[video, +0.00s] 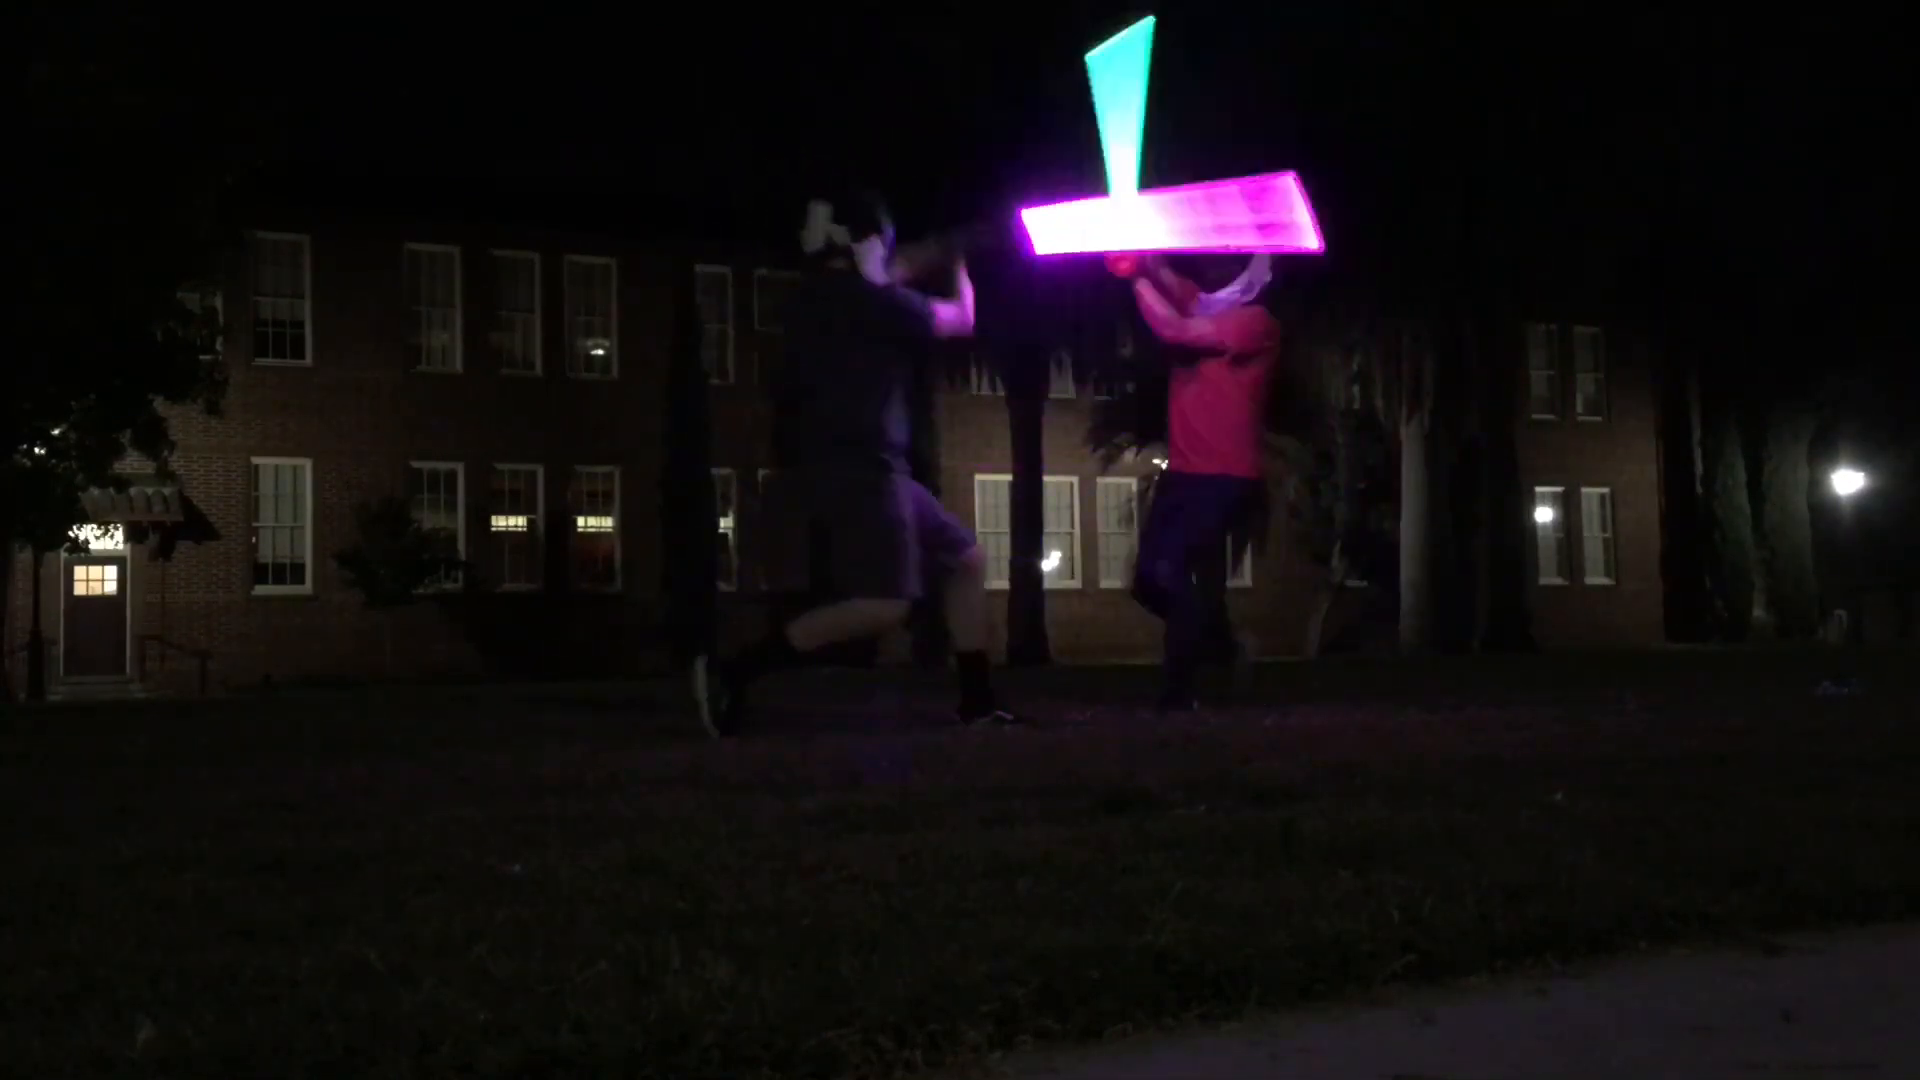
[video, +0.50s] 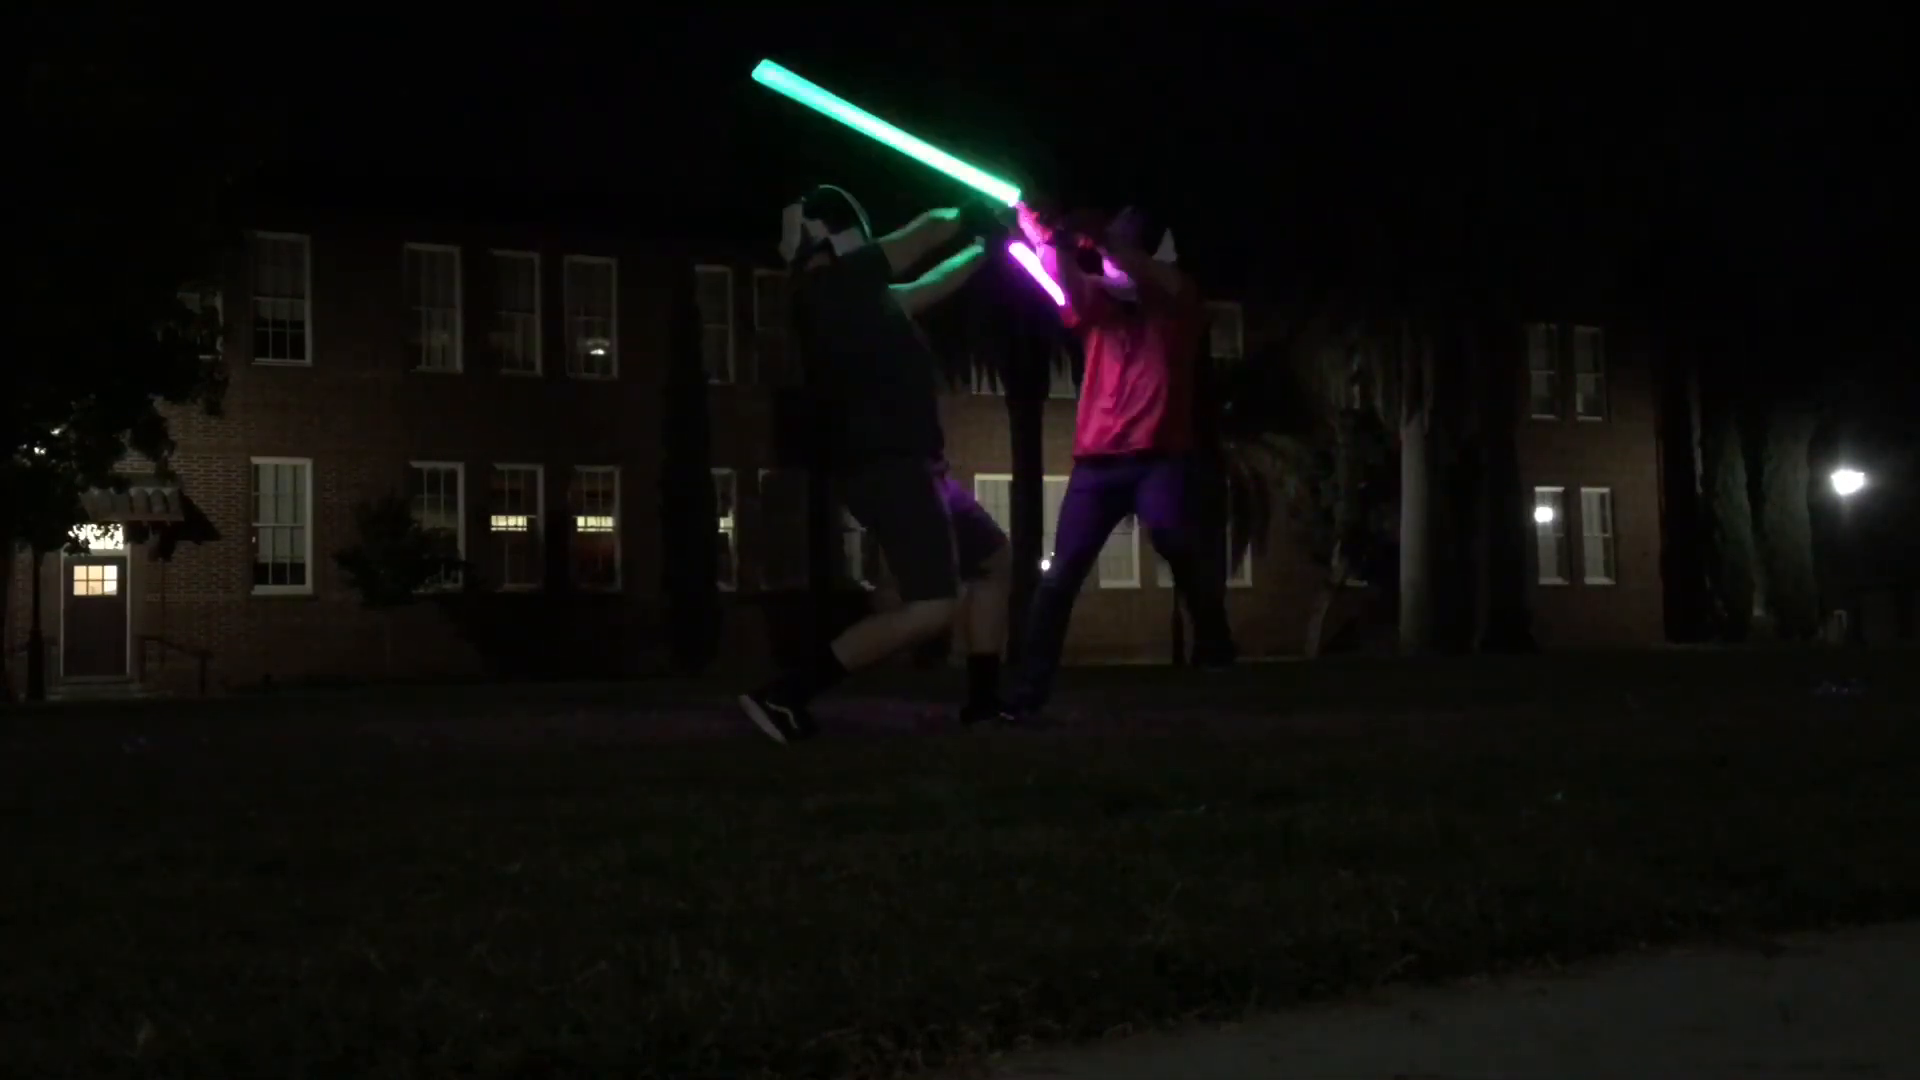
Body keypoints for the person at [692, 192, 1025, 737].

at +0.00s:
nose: (888, 254)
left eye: (886, 244)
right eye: (884, 244)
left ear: (835, 245)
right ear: (866, 245)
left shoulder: (820, 296)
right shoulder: (866, 299)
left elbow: (883, 281)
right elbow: (961, 317)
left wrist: (925, 258)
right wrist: (957, 261)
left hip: (860, 470)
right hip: (870, 473)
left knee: (963, 557)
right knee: (886, 599)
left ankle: (976, 698)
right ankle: (735, 672)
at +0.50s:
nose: (865, 240)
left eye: (858, 233)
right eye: (857, 233)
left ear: (818, 236)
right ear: (836, 232)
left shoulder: (861, 298)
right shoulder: (836, 282)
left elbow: (931, 285)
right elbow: (931, 226)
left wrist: (990, 243)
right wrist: (964, 217)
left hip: (915, 465)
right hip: (887, 467)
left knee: (992, 558)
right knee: (932, 606)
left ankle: (984, 702)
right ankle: (789, 693)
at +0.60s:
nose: (857, 227)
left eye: (849, 219)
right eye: (846, 219)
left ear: (815, 227)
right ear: (826, 223)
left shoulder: (854, 286)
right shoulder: (825, 272)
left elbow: (921, 268)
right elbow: (917, 207)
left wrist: (971, 219)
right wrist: (946, 198)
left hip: (913, 457)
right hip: (879, 460)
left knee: (982, 558)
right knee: (923, 595)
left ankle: (984, 702)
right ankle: (788, 693)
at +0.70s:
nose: (847, 215)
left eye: (843, 206)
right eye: (836, 206)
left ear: (801, 213)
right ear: (808, 211)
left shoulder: (847, 272)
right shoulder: (812, 258)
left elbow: (913, 249)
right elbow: (894, 204)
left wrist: (960, 198)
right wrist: (920, 177)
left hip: (903, 449)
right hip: (870, 451)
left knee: (965, 555)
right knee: (912, 590)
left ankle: (984, 697)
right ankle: (780, 698)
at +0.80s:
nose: (850, 203)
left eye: (843, 193)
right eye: (840, 194)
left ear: (795, 202)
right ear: (812, 195)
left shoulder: (838, 268)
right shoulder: (808, 249)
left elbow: (907, 256)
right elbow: (893, 189)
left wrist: (939, 191)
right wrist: (922, 157)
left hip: (895, 442)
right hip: (864, 442)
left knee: (960, 539)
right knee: (907, 585)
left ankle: (944, 691)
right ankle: (776, 698)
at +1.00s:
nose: (858, 181)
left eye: (859, 171)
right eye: (852, 170)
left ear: (796, 176)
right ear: (831, 174)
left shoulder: (819, 230)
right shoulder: (829, 226)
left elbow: (884, 206)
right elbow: (925, 176)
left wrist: (890, 167)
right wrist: (930, 140)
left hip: (874, 416)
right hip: (863, 419)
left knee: (924, 562)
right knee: (920, 568)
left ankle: (909, 706)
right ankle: (787, 681)